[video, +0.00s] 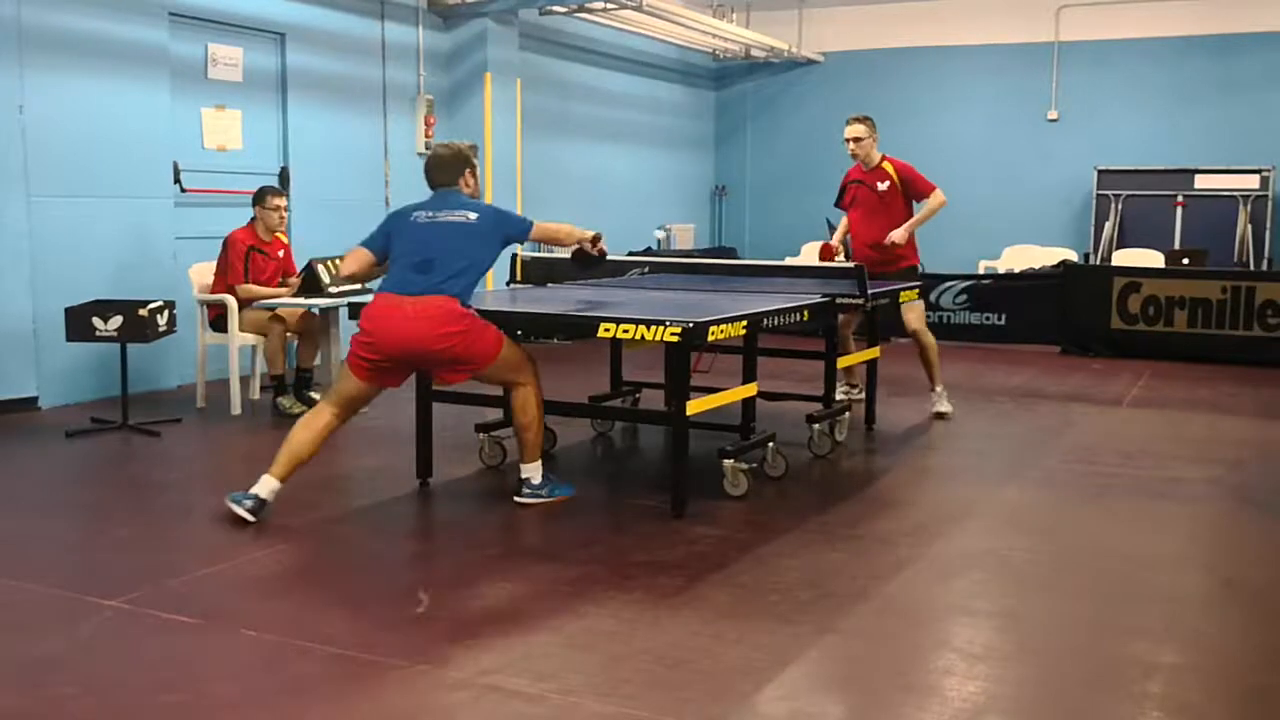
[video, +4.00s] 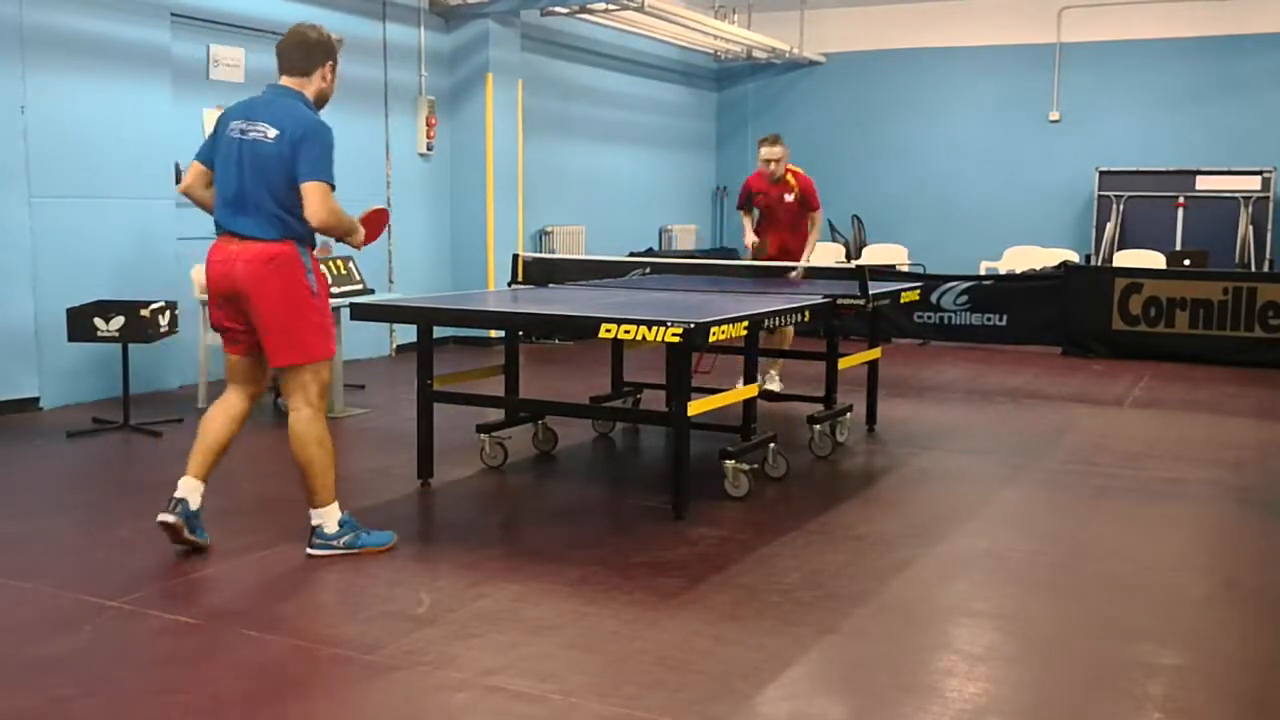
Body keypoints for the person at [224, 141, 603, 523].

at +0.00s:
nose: (479, 180)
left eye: (474, 173)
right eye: (476, 174)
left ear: (433, 181)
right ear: (467, 178)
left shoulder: (403, 216)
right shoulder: (489, 215)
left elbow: (349, 268)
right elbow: (556, 234)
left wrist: (388, 260)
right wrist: (585, 239)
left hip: (382, 320)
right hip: (441, 321)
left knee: (334, 407)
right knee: (523, 374)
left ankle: (260, 494)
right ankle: (533, 479)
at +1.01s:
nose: (364, 138)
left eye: (358, 130)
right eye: (362, 130)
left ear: (312, 147)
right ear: (355, 135)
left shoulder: (290, 201)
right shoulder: (390, 187)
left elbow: (273, 278)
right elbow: (488, 207)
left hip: (278, 328)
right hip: (345, 329)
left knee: (246, 422)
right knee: (452, 420)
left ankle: (187, 513)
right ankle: (425, 547)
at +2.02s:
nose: (293, 85)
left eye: (289, 77)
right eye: (292, 77)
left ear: (237, 82)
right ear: (282, 78)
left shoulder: (201, 140)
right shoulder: (289, 127)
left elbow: (171, 223)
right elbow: (319, 204)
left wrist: (173, 296)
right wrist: (356, 258)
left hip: (200, 280)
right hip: (258, 278)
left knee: (228, 402)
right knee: (324, 409)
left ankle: (190, 522)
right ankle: (332, 554)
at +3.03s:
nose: (260, 85)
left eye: (263, 73)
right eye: (260, 71)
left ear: (210, 57)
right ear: (236, 57)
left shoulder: (153, 109)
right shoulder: (222, 109)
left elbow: (121, 199)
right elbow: (237, 202)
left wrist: (171, 233)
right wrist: (279, 216)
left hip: (152, 266)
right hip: (201, 269)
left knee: (179, 409)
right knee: (196, 416)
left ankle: (167, 535)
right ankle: (183, 558)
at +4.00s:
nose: (335, 82)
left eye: (335, 73)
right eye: (336, 73)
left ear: (282, 68)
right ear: (324, 72)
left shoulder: (234, 114)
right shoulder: (309, 126)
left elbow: (194, 184)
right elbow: (319, 212)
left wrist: (244, 212)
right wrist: (354, 230)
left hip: (224, 262)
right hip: (281, 265)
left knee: (242, 385)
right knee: (307, 393)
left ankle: (185, 500)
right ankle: (328, 525)